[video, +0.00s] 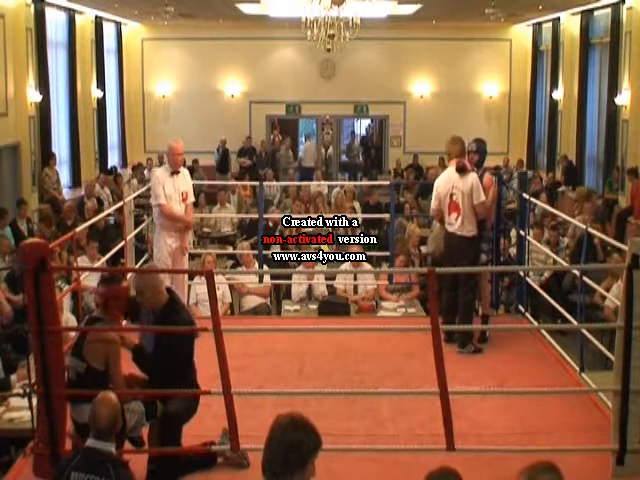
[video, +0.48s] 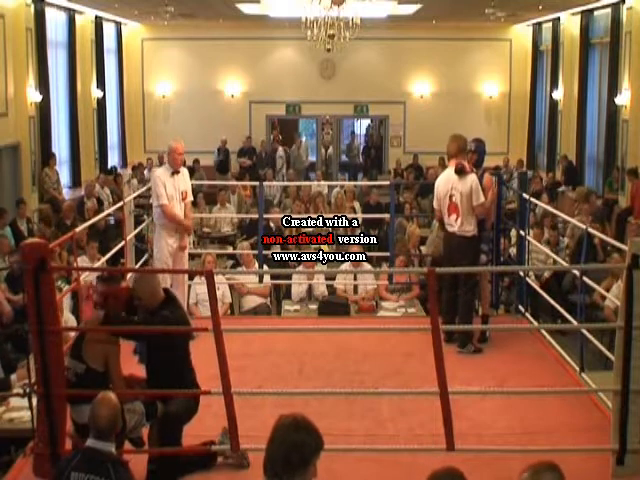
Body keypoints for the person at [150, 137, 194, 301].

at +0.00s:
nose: (179, 159)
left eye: (181, 154)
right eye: (176, 155)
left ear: (184, 155)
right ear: (167, 156)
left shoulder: (185, 173)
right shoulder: (158, 174)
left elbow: (189, 204)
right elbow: (163, 207)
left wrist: (185, 235)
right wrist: (184, 219)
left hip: (182, 229)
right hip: (165, 229)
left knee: (181, 270)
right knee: (164, 269)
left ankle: (182, 306)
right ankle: (163, 307)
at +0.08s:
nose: (181, 158)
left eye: (182, 154)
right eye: (177, 154)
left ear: (184, 156)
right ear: (168, 156)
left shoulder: (185, 173)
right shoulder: (158, 174)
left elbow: (189, 203)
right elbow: (163, 206)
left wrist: (185, 237)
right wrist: (185, 217)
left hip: (182, 228)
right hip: (165, 228)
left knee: (181, 268)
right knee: (164, 267)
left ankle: (181, 306)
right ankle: (163, 307)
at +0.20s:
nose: (180, 158)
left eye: (182, 154)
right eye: (176, 154)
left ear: (184, 156)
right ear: (168, 156)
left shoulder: (185, 173)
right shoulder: (158, 174)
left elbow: (188, 203)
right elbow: (165, 207)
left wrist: (185, 237)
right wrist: (186, 216)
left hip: (182, 228)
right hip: (165, 228)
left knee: (181, 269)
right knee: (163, 268)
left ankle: (181, 307)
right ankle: (163, 308)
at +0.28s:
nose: (180, 158)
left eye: (182, 154)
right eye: (176, 154)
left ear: (184, 156)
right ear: (168, 156)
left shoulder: (185, 173)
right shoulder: (158, 174)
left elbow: (188, 203)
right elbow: (165, 207)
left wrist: (185, 237)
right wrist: (186, 217)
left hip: (182, 227)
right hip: (165, 228)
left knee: (181, 269)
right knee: (163, 268)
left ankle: (181, 307)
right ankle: (163, 307)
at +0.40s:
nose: (180, 158)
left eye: (182, 154)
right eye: (177, 154)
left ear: (184, 156)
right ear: (168, 156)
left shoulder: (184, 172)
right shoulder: (158, 174)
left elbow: (188, 202)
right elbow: (164, 205)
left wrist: (185, 234)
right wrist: (184, 220)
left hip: (181, 228)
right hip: (165, 227)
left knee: (181, 269)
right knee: (163, 268)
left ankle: (181, 307)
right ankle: (163, 306)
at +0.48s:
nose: (180, 158)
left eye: (182, 154)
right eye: (177, 154)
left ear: (184, 156)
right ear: (168, 156)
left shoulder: (184, 172)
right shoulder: (158, 174)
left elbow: (188, 202)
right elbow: (163, 204)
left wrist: (185, 232)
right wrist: (183, 222)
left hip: (181, 229)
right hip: (165, 227)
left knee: (181, 269)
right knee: (163, 269)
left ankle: (181, 307)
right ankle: (163, 307)